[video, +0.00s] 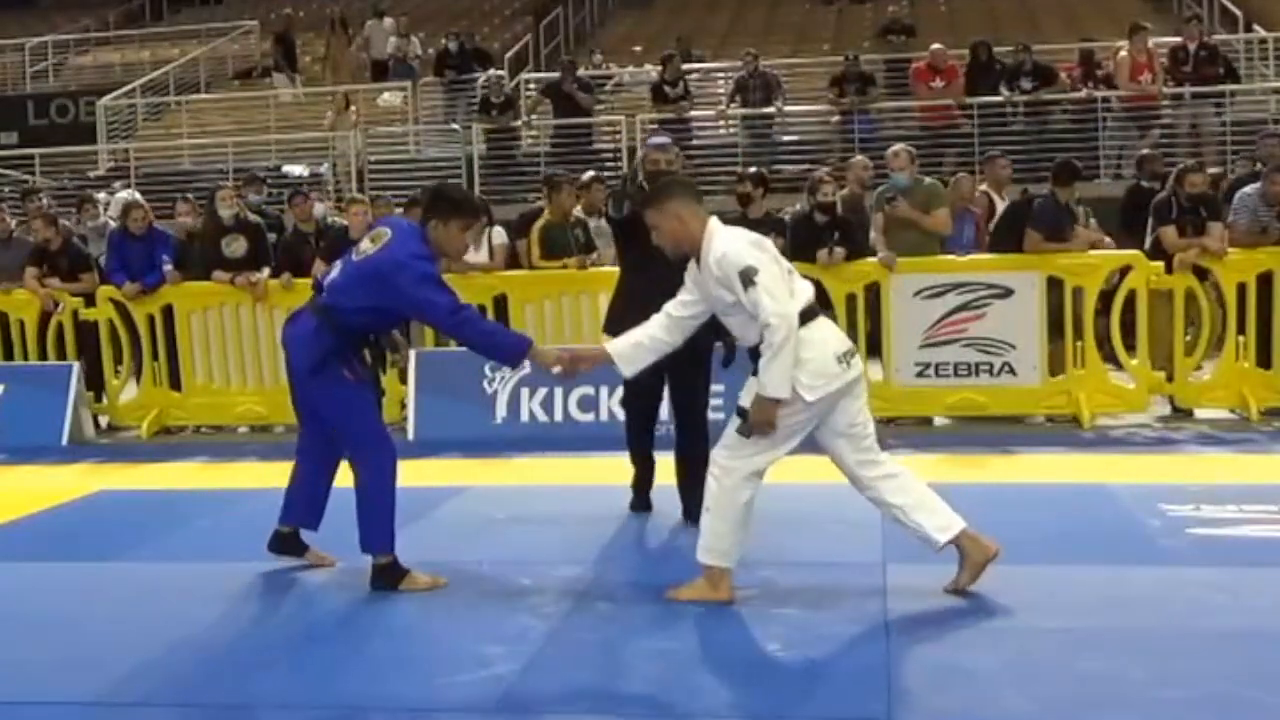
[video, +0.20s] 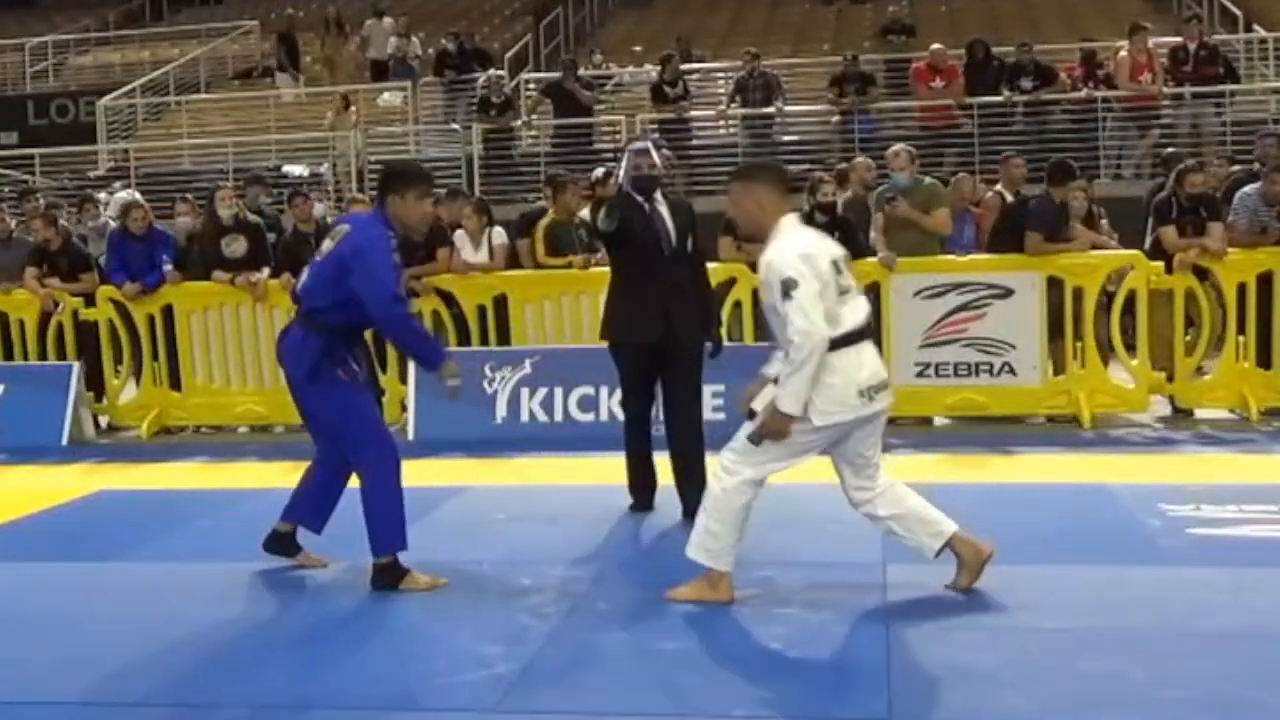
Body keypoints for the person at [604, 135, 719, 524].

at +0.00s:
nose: (659, 169)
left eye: (666, 162)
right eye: (651, 162)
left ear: (678, 165)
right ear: (640, 165)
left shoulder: (689, 203)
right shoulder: (627, 204)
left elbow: (714, 267)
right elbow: (618, 209)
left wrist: (726, 329)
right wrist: (640, 177)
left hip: (690, 316)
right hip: (637, 315)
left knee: (692, 417)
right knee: (640, 410)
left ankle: (694, 502)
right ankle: (641, 482)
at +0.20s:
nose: (644, 168)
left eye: (650, 161)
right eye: (637, 162)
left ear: (662, 166)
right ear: (624, 169)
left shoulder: (681, 208)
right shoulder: (617, 209)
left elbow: (697, 269)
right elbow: (608, 229)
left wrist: (711, 322)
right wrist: (611, 203)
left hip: (682, 326)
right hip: (633, 328)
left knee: (686, 417)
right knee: (638, 416)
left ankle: (694, 502)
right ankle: (641, 495)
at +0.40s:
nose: (636, 169)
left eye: (642, 162)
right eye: (629, 163)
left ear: (654, 166)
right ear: (618, 169)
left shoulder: (676, 205)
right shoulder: (601, 214)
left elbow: (694, 263)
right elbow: (588, 264)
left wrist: (707, 316)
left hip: (679, 324)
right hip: (630, 327)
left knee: (686, 412)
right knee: (636, 415)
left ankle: (694, 492)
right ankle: (641, 493)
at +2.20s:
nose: (636, 175)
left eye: (643, 169)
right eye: (630, 168)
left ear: (654, 173)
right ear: (619, 172)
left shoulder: (674, 210)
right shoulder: (602, 216)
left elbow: (693, 261)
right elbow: (592, 273)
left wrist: (679, 296)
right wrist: (591, 323)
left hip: (670, 318)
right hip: (625, 321)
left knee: (680, 399)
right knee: (633, 402)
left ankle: (690, 477)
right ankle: (638, 473)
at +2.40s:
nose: (645, 175)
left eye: (652, 169)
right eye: (639, 168)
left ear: (662, 174)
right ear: (626, 170)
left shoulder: (675, 209)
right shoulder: (604, 215)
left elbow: (698, 259)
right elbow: (593, 273)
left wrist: (676, 238)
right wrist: (593, 325)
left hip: (673, 317)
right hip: (627, 320)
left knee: (685, 398)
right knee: (635, 401)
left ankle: (697, 475)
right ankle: (639, 473)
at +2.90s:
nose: (685, 180)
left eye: (692, 173)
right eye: (679, 173)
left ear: (701, 175)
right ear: (666, 172)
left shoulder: (711, 209)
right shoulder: (643, 210)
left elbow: (727, 250)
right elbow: (625, 265)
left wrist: (699, 207)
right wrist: (624, 316)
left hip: (703, 306)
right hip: (653, 308)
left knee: (703, 393)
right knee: (647, 390)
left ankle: (699, 467)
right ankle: (642, 461)